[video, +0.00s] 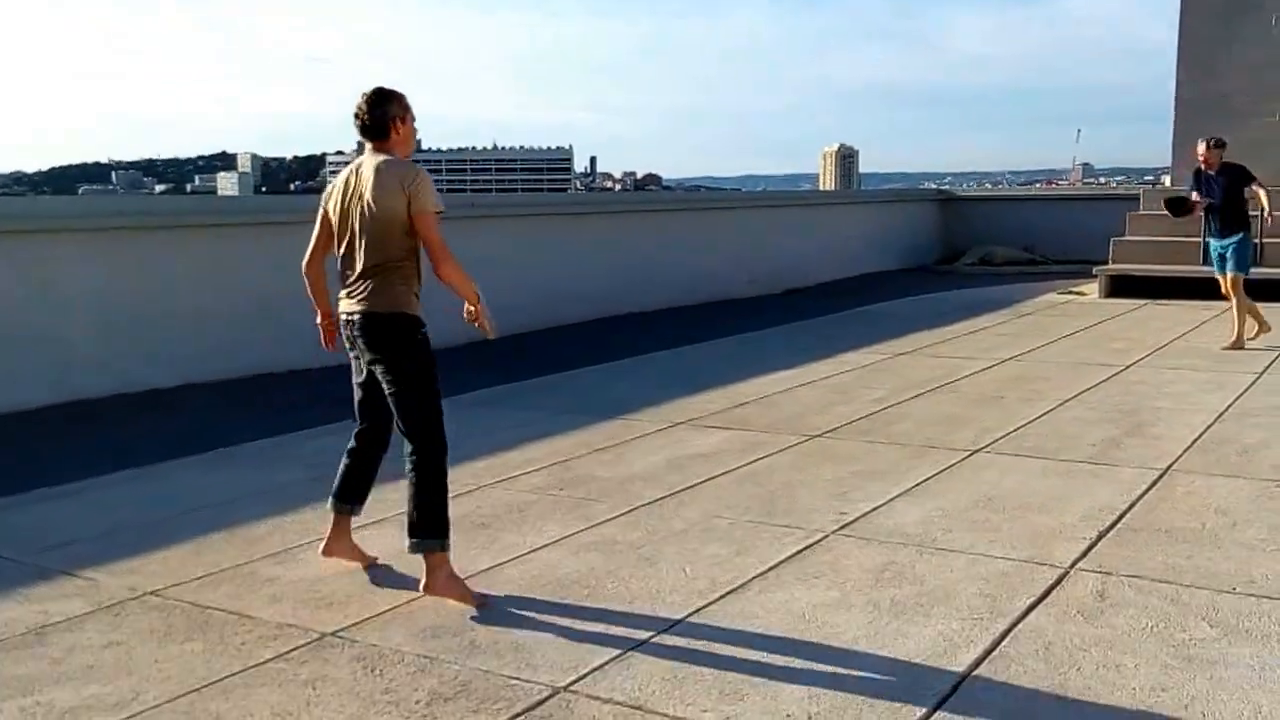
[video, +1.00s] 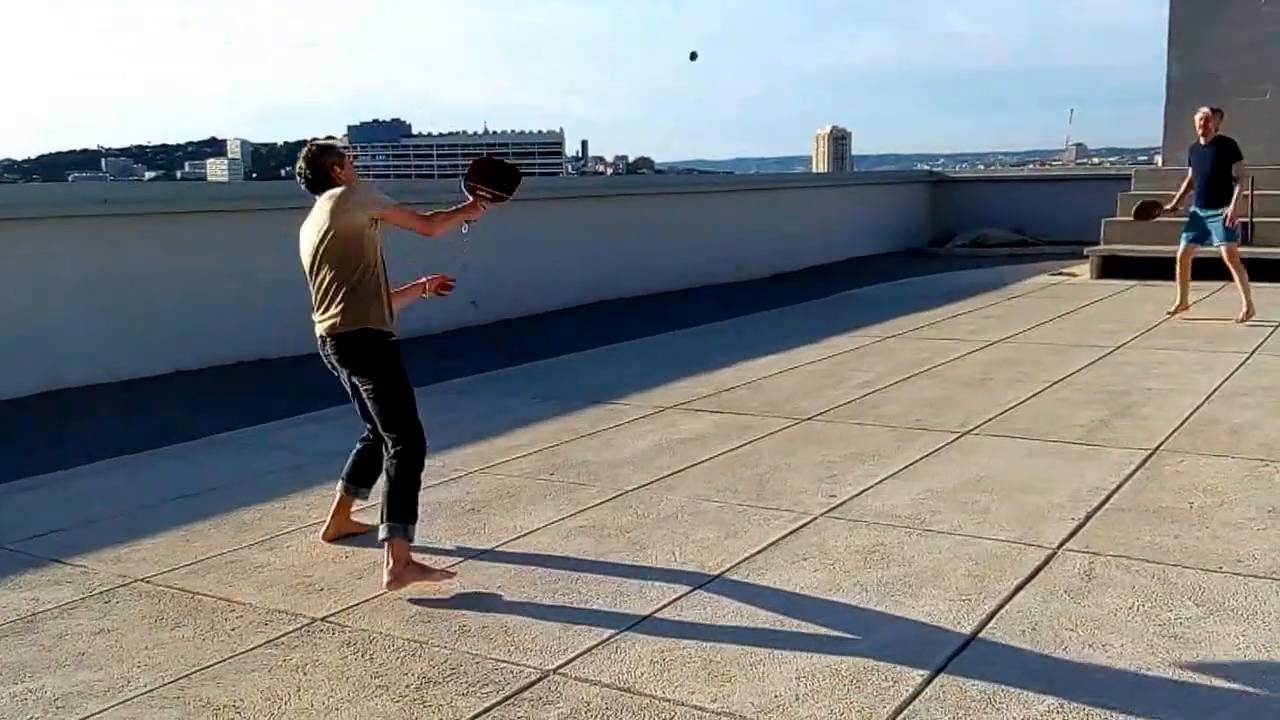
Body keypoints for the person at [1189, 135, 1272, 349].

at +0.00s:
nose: (1202, 161)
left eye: (1206, 157)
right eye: (1200, 157)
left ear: (1218, 155)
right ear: (1198, 156)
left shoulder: (1235, 171)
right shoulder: (1199, 174)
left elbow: (1260, 189)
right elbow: (1195, 204)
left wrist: (1267, 210)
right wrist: (1196, 205)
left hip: (1237, 235)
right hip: (1215, 237)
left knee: (1234, 285)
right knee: (1226, 289)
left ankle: (1238, 337)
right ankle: (1261, 322)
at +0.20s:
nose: (1214, 148)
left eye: (1219, 145)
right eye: (1212, 143)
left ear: (1227, 148)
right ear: (1207, 145)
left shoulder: (1236, 167)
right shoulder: (1200, 169)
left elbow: (1260, 183)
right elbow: (1189, 199)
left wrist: (1267, 189)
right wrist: (1201, 184)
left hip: (1235, 230)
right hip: (1213, 232)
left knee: (1232, 278)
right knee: (1216, 284)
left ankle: (1235, 330)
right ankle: (1239, 320)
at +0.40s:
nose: (1213, 144)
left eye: (1219, 141)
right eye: (1211, 139)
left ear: (1226, 147)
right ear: (1205, 142)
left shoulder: (1233, 166)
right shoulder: (1198, 168)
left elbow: (1258, 180)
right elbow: (1181, 192)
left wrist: (1265, 183)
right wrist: (1196, 172)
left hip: (1231, 231)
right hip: (1207, 232)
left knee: (1221, 276)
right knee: (1195, 280)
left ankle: (1231, 328)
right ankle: (1199, 318)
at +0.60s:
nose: (1207, 144)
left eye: (1212, 140)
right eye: (1204, 140)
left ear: (1219, 145)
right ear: (1199, 143)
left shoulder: (1229, 167)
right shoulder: (1190, 169)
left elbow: (1245, 191)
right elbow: (1174, 201)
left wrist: (1243, 202)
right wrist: (1185, 190)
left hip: (1223, 229)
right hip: (1196, 230)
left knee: (1222, 272)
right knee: (1181, 277)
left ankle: (1233, 321)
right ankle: (1190, 315)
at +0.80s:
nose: (1205, 140)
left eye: (1210, 137)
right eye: (1203, 137)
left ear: (1218, 142)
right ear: (1197, 140)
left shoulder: (1229, 165)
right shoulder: (1191, 166)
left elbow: (1238, 197)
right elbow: (1182, 193)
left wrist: (1228, 222)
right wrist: (1173, 207)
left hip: (1218, 229)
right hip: (1193, 228)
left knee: (1223, 272)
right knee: (1179, 273)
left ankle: (1242, 316)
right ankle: (1188, 312)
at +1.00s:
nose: (1202, 124)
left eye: (1207, 120)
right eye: (1200, 119)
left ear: (1217, 124)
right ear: (1195, 123)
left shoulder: (1227, 145)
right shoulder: (1194, 149)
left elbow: (1241, 179)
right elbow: (1191, 179)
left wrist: (1233, 206)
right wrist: (1174, 204)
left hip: (1221, 211)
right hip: (1198, 211)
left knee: (1230, 257)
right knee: (1183, 254)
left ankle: (1248, 304)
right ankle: (1182, 301)